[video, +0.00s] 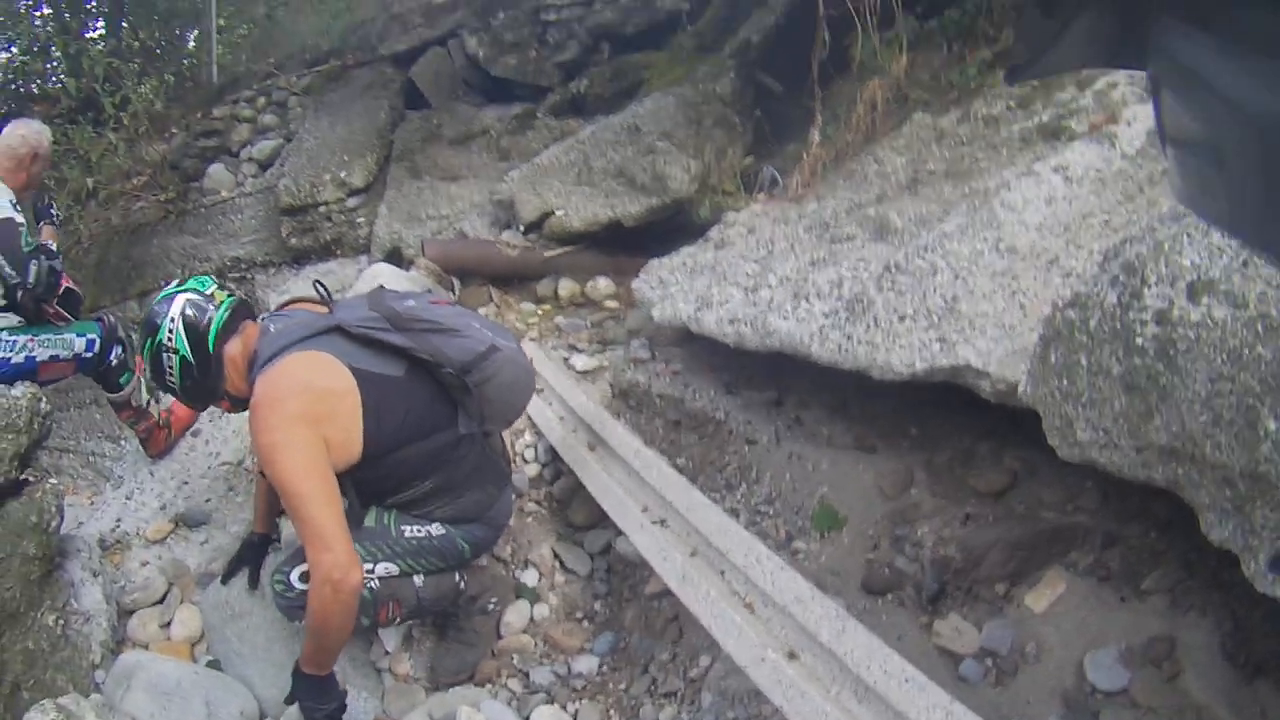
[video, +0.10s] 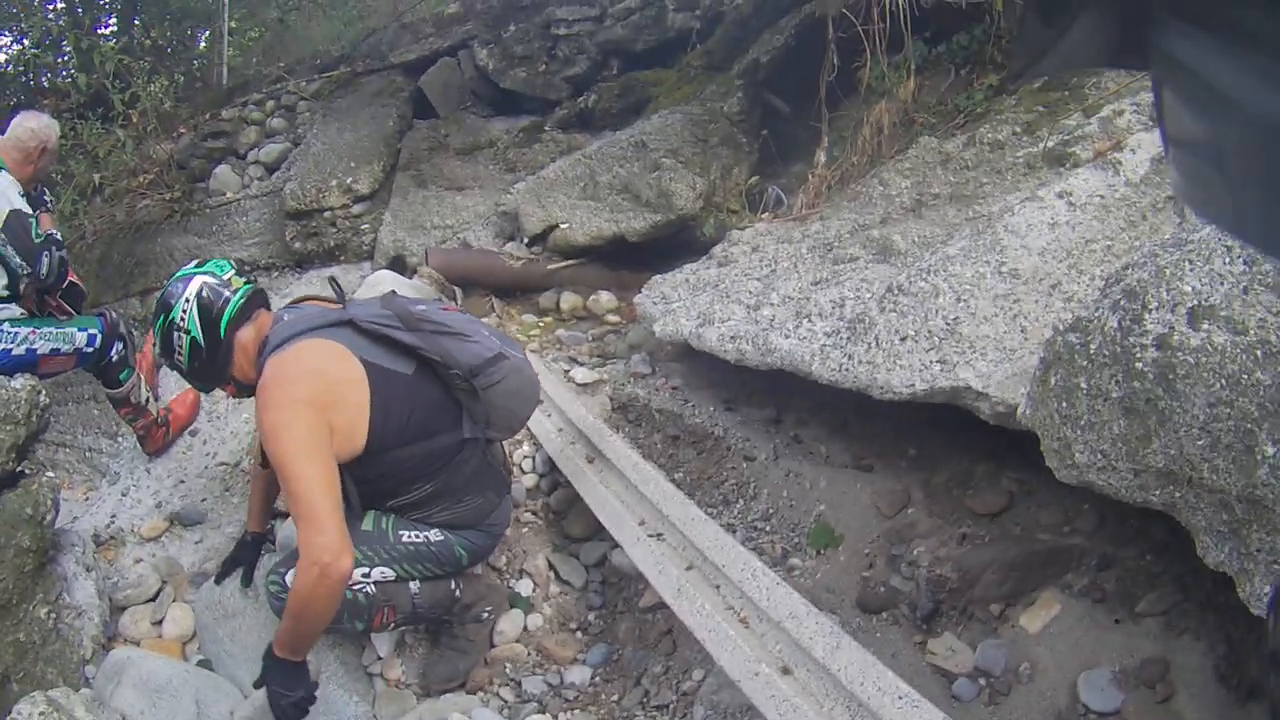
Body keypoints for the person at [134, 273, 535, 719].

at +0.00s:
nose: (217, 404)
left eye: (206, 392)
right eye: (204, 396)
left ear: (209, 369)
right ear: (235, 314)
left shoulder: (279, 413)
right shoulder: (298, 311)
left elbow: (341, 575)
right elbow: (279, 442)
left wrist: (314, 676)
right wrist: (261, 531)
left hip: (458, 519)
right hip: (469, 443)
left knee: (290, 585)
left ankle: (462, 592)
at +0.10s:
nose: (219, 390)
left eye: (207, 377)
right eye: (207, 381)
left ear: (214, 358)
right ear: (249, 304)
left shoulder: (286, 393)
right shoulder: (308, 311)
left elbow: (329, 562)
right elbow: (274, 441)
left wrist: (287, 658)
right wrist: (255, 531)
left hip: (460, 523)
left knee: (288, 584)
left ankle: (460, 603)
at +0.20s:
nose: (261, 408)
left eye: (251, 395)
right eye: (251, 398)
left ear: (257, 380)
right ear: (296, 323)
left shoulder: (323, 408)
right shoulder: (346, 342)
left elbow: (345, 578)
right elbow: (299, 458)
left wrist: (281, 663)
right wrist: (271, 554)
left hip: (485, 565)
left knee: (317, 626)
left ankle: (478, 637)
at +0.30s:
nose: (271, 405)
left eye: (262, 390)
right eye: (258, 395)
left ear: (270, 362)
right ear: (309, 328)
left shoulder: (335, 404)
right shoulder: (352, 357)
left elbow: (323, 563)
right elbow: (297, 456)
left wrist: (237, 629)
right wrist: (252, 539)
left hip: (481, 576)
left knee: (303, 622)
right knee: (313, 475)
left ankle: (472, 650)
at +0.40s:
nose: (237, 319)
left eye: (226, 302)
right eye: (225, 308)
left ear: (238, 278)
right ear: (275, 243)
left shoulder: (308, 315)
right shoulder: (322, 274)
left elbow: (270, 474)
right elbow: (271, 370)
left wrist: (175, 517)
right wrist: (215, 442)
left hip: (434, 507)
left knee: (261, 560)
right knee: (280, 405)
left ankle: (424, 588)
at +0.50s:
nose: (216, 240)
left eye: (210, 222)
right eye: (207, 226)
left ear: (230, 200)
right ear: (266, 180)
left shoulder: (292, 245)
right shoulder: (305, 221)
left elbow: (224, 396)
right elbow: (245, 310)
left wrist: (135, 406)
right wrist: (177, 367)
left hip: (380, 458)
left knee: (204, 501)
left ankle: (363, 542)